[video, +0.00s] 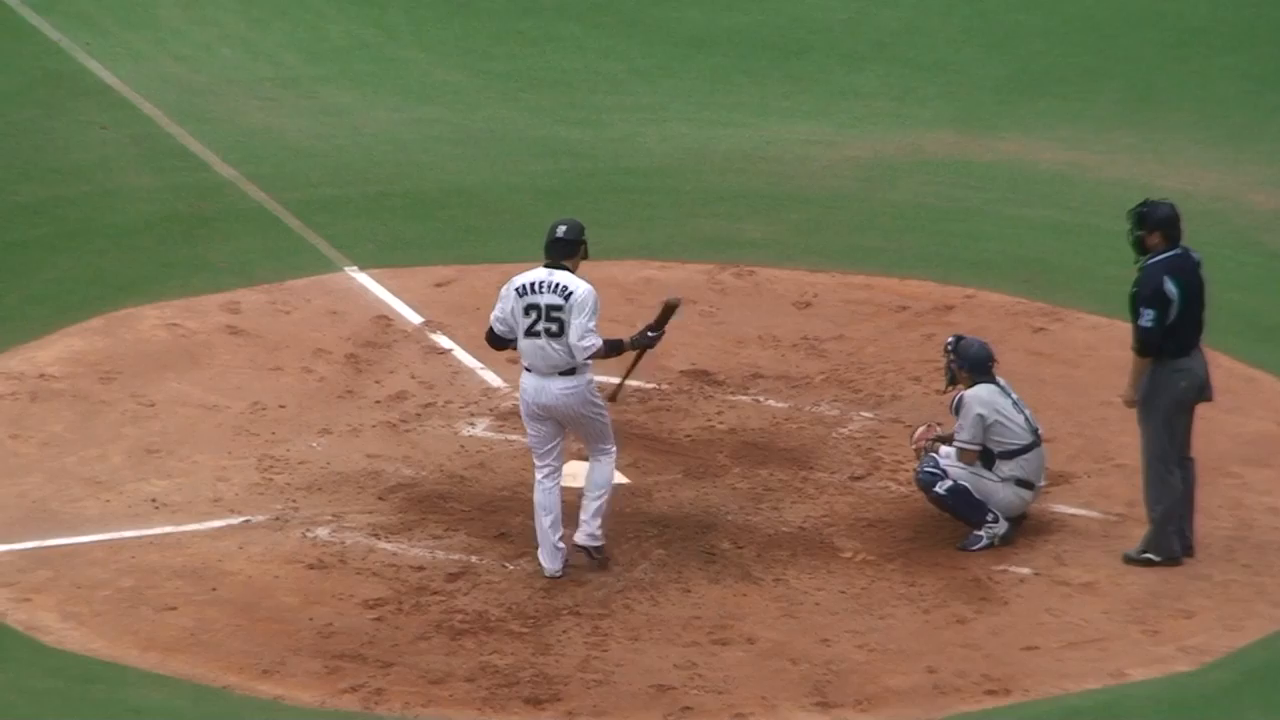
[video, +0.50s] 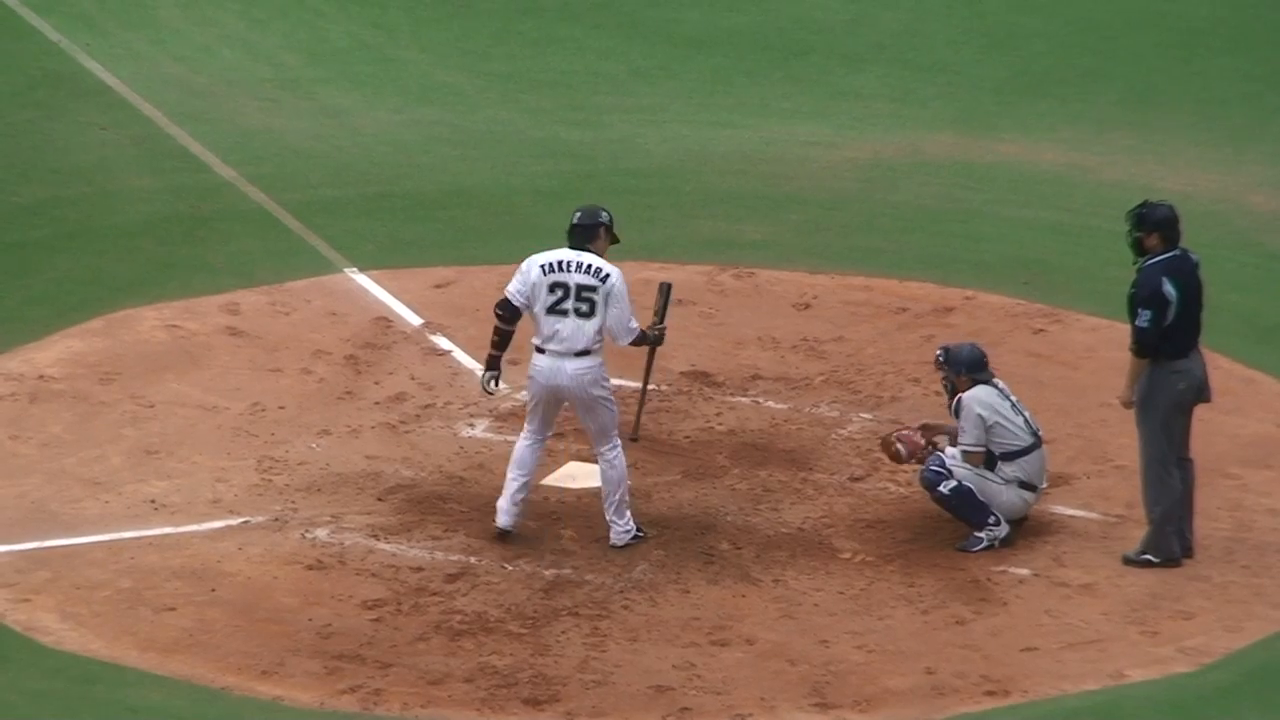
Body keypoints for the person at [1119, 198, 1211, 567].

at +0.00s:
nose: (1138, 236)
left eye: (1142, 231)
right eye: (1139, 229)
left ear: (1155, 236)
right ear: (1170, 233)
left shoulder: (1154, 275)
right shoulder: (1188, 261)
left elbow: (1145, 342)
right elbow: (1190, 323)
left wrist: (1132, 386)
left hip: (1166, 372)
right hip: (1190, 365)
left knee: (1160, 460)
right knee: (1178, 456)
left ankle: (1162, 543)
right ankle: (1179, 536)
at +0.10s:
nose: (1135, 238)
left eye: (1139, 233)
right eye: (1136, 231)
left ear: (1152, 238)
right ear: (1168, 234)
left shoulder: (1150, 277)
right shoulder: (1186, 263)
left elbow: (1142, 344)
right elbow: (1187, 325)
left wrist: (1130, 387)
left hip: (1163, 374)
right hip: (1187, 367)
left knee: (1158, 462)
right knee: (1176, 458)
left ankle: (1159, 544)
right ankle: (1177, 538)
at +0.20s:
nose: (1134, 238)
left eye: (1139, 233)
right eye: (1136, 231)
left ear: (1152, 238)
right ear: (1167, 235)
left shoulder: (1150, 276)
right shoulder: (1185, 262)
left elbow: (1142, 343)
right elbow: (1186, 325)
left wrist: (1129, 387)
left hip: (1163, 374)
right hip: (1187, 367)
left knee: (1157, 462)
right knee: (1175, 458)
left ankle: (1159, 545)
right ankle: (1176, 538)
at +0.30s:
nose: (1134, 237)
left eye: (1139, 232)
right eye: (1136, 231)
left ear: (1152, 238)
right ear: (1167, 234)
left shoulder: (1150, 275)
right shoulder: (1185, 262)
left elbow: (1142, 342)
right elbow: (1186, 324)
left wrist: (1129, 386)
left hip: (1163, 373)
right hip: (1187, 366)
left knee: (1158, 461)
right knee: (1176, 457)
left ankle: (1159, 545)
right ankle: (1177, 538)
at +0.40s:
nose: (1135, 237)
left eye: (1139, 232)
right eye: (1136, 230)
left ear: (1152, 237)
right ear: (1168, 234)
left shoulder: (1150, 276)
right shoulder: (1186, 261)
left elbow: (1142, 343)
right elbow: (1187, 324)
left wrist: (1129, 386)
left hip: (1163, 373)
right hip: (1187, 366)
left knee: (1158, 461)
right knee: (1176, 457)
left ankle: (1160, 544)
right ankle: (1178, 537)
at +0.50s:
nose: (1136, 237)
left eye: (1140, 232)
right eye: (1137, 231)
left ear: (1153, 238)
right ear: (1168, 235)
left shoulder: (1152, 276)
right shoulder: (1186, 262)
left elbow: (1143, 342)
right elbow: (1187, 323)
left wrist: (1129, 386)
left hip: (1164, 374)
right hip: (1188, 367)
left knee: (1158, 461)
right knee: (1177, 457)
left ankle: (1161, 545)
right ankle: (1179, 538)